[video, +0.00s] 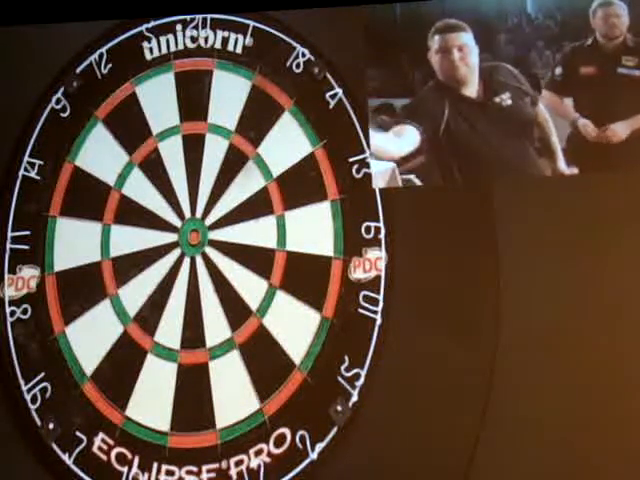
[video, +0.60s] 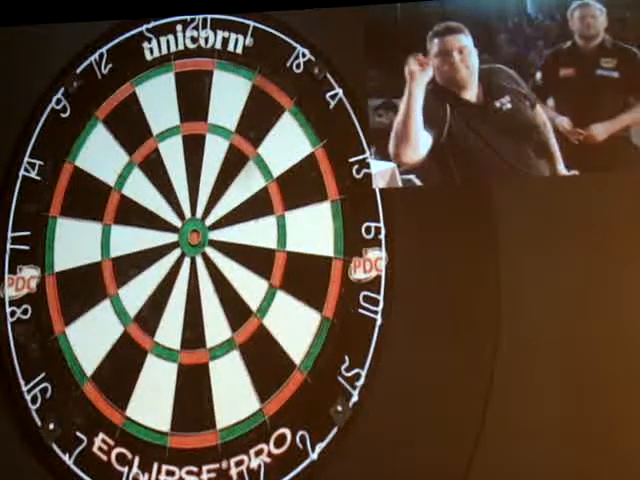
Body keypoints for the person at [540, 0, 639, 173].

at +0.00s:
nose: (612, 22)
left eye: (618, 16)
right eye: (605, 17)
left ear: (628, 20)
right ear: (593, 22)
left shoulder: (636, 54)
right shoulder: (575, 55)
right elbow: (549, 96)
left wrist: (628, 126)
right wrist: (578, 121)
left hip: (629, 157)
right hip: (584, 156)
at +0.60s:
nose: (588, 22)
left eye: (593, 17)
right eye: (581, 17)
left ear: (605, 21)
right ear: (570, 23)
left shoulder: (628, 57)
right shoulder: (555, 59)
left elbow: (637, 107)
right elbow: (534, 99)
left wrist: (607, 128)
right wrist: (556, 120)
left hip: (615, 154)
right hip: (567, 155)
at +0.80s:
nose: (576, 22)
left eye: (582, 17)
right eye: (570, 18)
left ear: (593, 22)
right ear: (559, 24)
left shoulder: (615, 59)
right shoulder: (542, 59)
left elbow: (634, 105)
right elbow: (529, 104)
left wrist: (591, 127)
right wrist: (548, 125)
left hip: (603, 157)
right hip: (555, 156)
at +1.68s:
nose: (564, 25)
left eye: (570, 20)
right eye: (558, 20)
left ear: (584, 25)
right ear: (549, 26)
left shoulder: (603, 62)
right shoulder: (530, 60)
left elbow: (627, 106)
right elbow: (515, 106)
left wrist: (587, 127)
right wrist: (547, 131)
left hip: (591, 161)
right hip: (543, 160)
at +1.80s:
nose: (566, 24)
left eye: (573, 20)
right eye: (561, 20)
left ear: (588, 25)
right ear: (553, 26)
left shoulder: (609, 62)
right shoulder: (535, 61)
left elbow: (633, 107)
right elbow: (521, 105)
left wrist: (593, 127)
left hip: (595, 162)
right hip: (546, 161)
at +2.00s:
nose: (569, 23)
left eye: (577, 18)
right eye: (565, 19)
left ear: (595, 24)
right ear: (559, 25)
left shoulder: (617, 61)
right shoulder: (541, 60)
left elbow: (636, 106)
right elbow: (528, 103)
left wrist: (598, 123)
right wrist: (542, 119)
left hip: (603, 158)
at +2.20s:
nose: (573, 23)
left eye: (581, 18)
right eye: (569, 19)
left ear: (600, 23)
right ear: (564, 23)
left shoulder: (624, 60)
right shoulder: (548, 59)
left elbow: (636, 107)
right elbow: (529, 100)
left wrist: (601, 119)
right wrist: (544, 117)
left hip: (610, 160)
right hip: (560, 159)